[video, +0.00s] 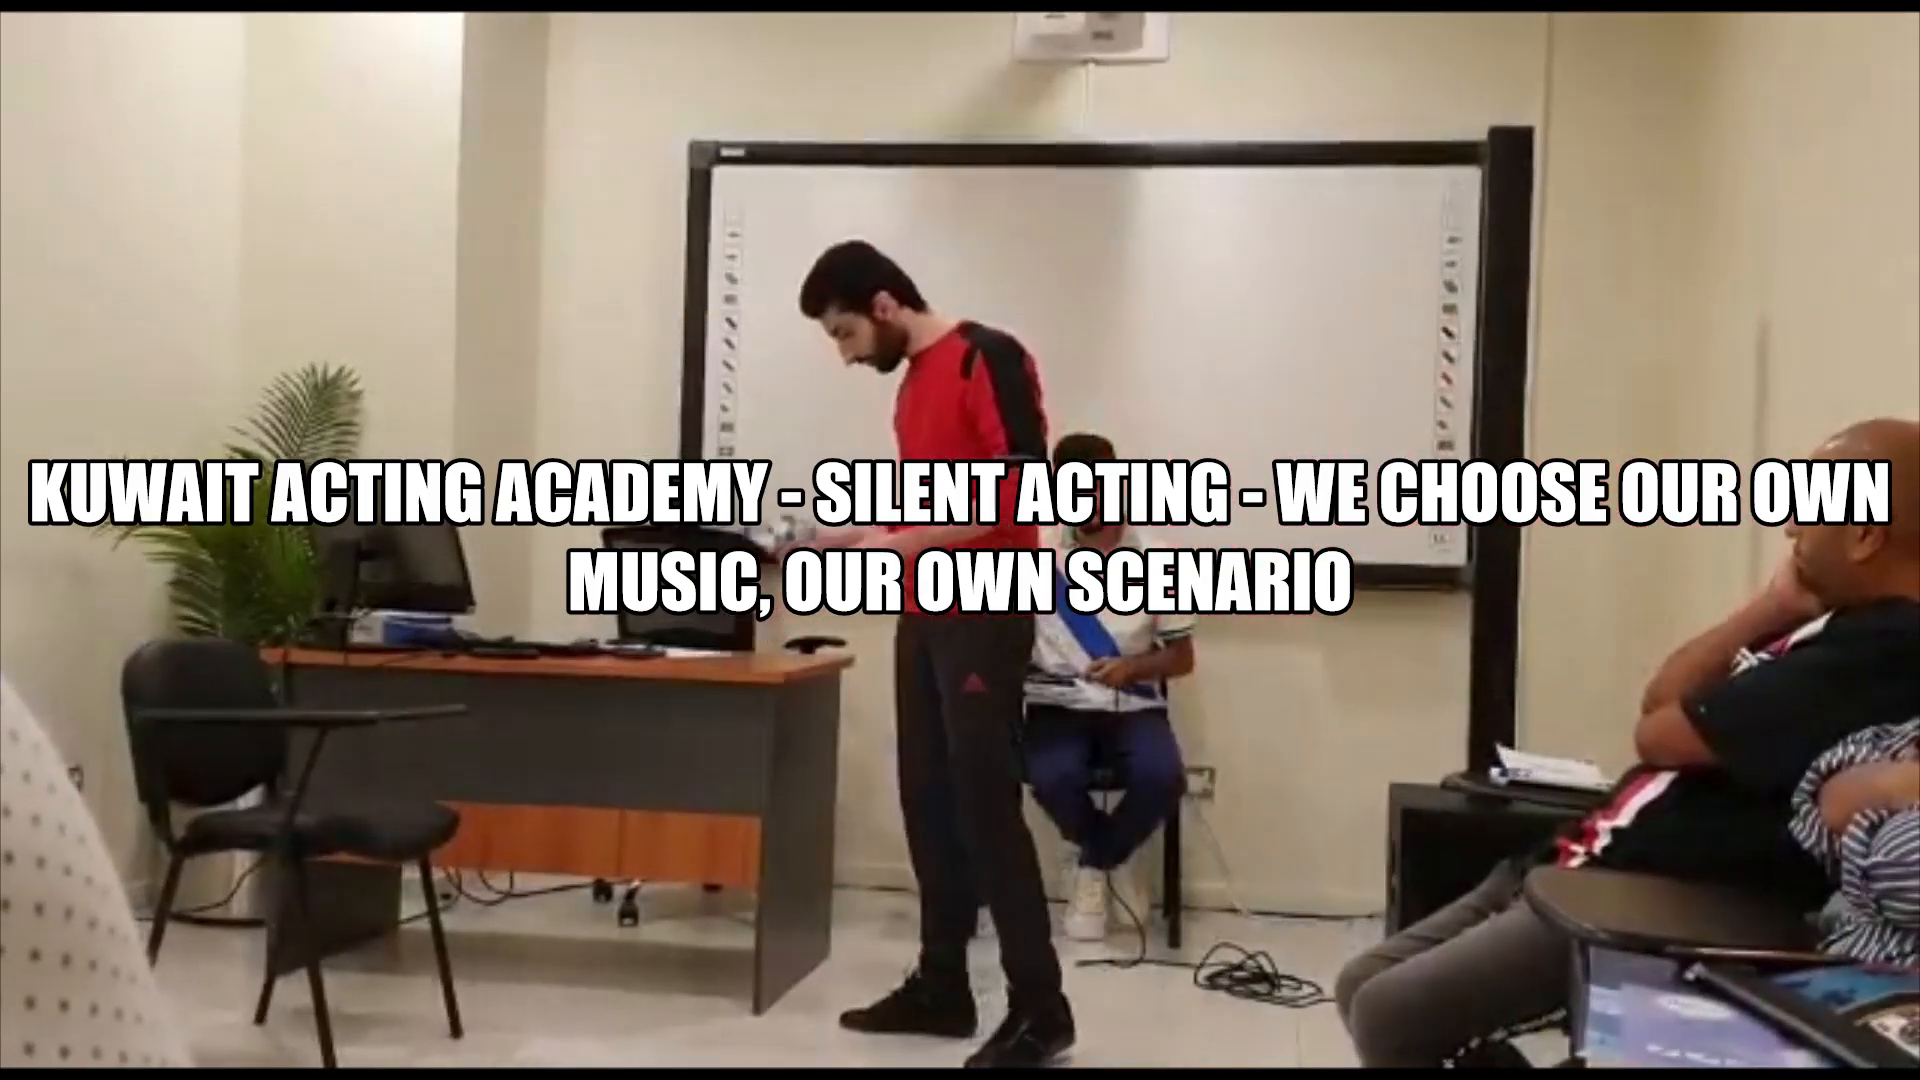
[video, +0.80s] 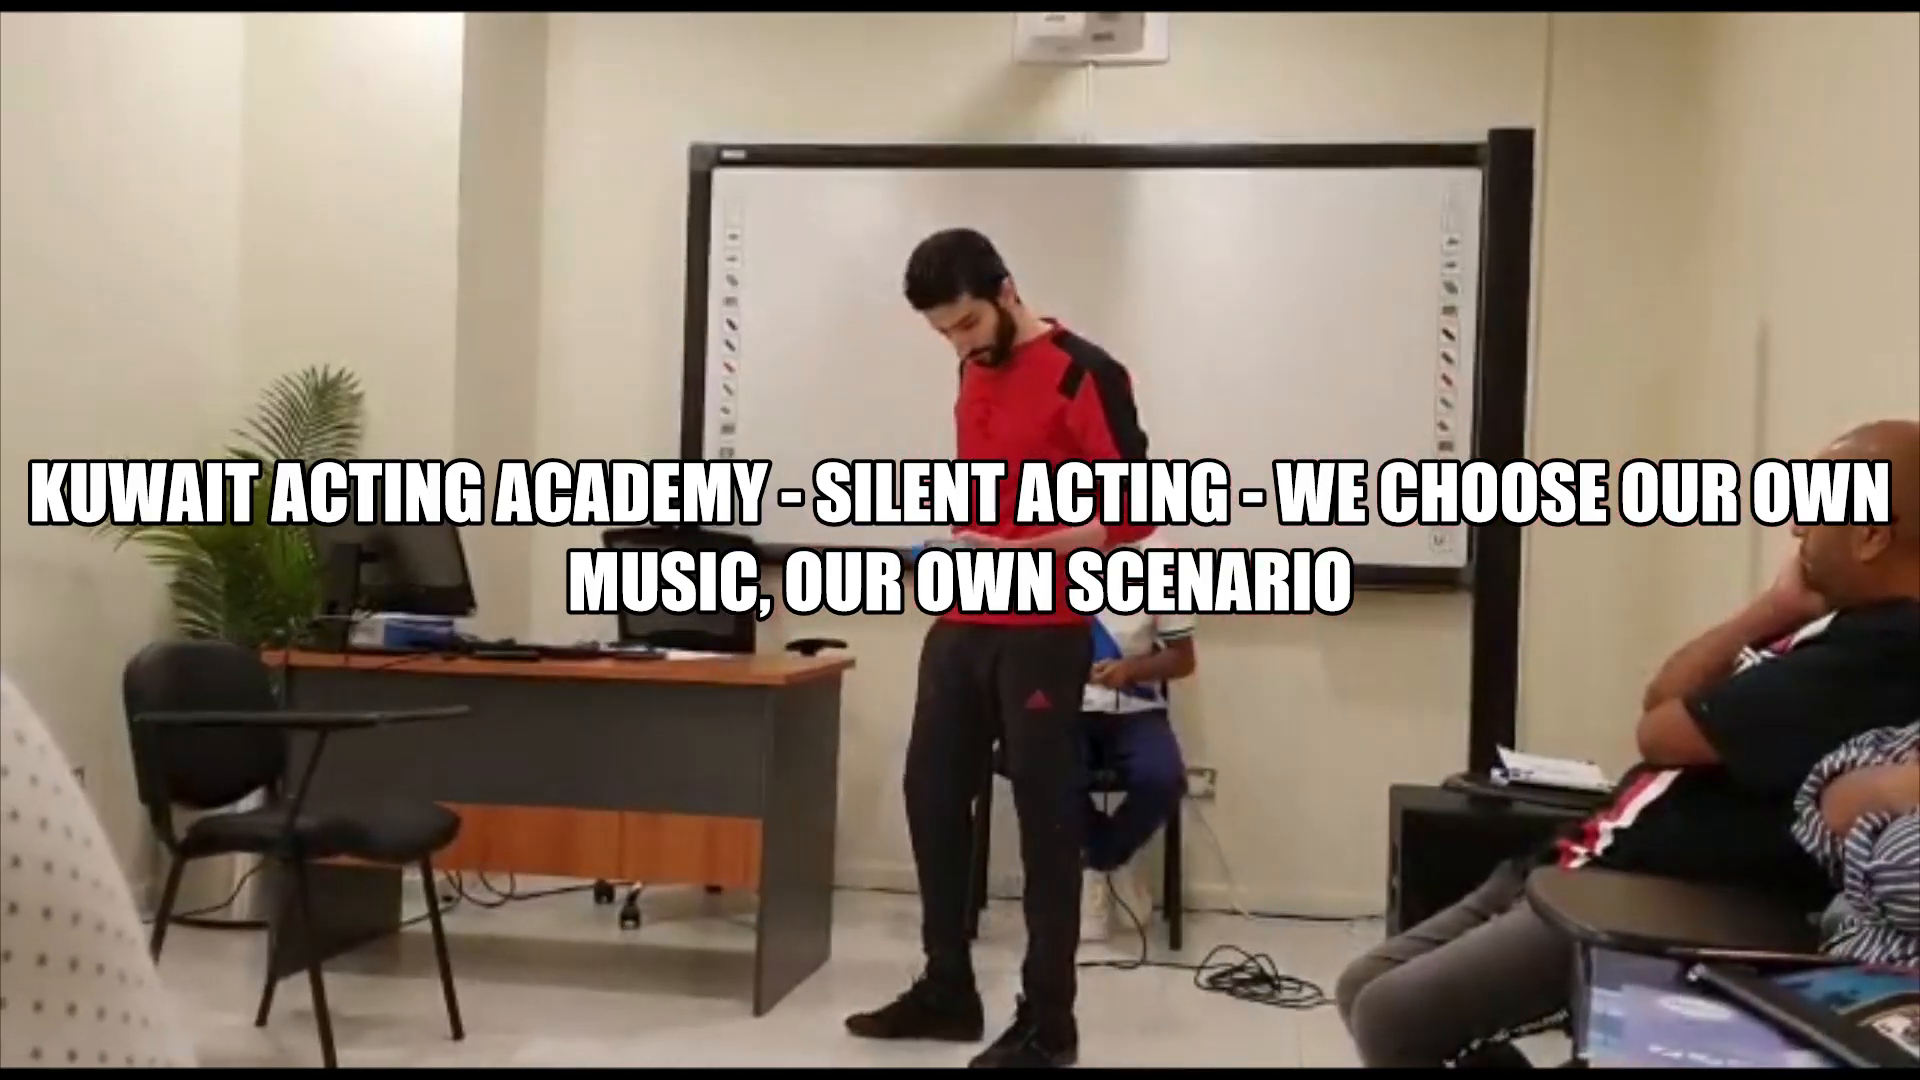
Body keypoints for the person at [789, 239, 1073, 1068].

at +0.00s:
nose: (843, 352)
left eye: (843, 330)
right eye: (833, 336)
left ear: (885, 303)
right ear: (881, 313)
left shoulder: (990, 357)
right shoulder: (914, 389)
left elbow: (1032, 496)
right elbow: (922, 515)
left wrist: (924, 545)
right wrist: (838, 541)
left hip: (984, 618)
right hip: (923, 619)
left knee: (987, 805)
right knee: (927, 798)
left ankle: (1039, 1008)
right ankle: (941, 988)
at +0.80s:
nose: (961, 342)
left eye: (970, 321)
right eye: (946, 330)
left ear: (1006, 292)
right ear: (934, 320)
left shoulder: (1086, 376)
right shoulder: (974, 377)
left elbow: (1135, 515)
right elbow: (983, 501)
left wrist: (1064, 557)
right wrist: (957, 596)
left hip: (1046, 638)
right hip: (962, 632)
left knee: (1048, 826)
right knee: (932, 795)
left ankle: (1046, 1023)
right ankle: (946, 991)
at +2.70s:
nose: (1003, 311)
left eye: (1016, 291)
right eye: (1000, 293)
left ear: (1074, 286)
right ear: (1058, 293)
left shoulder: (1155, 377)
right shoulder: (1064, 384)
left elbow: (1194, 522)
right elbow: (1058, 498)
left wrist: (1060, 562)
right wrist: (990, 536)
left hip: (1110, 648)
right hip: (1036, 638)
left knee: (1108, 837)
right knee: (993, 809)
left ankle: (1178, 1039)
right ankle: (965, 997)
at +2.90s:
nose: (1056, 290)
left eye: (1068, 270)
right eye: (1054, 272)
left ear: (1127, 268)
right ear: (1117, 273)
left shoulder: (1202, 362)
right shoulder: (1125, 366)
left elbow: (1221, 516)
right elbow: (1106, 496)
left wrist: (1091, 551)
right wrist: (1029, 525)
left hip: (1163, 635)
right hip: (1100, 629)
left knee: (1147, 838)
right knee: (1061, 809)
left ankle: (1180, 1040)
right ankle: (1044, 1006)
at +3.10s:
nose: (1107, 285)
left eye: (1120, 265)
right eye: (1106, 267)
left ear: (1179, 263)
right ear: (1171, 269)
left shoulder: (1246, 358)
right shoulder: (1186, 356)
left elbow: (1229, 524)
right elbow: (1148, 498)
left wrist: (1102, 604)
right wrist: (1056, 574)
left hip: (1201, 627)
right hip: (1161, 621)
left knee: (1176, 831)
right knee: (1149, 826)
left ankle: (1197, 1037)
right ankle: (1185, 1020)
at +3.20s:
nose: (1137, 287)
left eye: (1149, 266)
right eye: (1134, 268)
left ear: (1206, 261)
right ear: (1200, 266)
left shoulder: (1268, 357)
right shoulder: (1212, 359)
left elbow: (1241, 521)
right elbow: (1180, 519)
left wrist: (1143, 647)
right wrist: (1106, 602)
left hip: (1226, 636)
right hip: (1192, 632)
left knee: (1192, 835)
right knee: (1211, 827)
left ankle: (1184, 1040)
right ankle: (1286, 1020)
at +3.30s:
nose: (1166, 285)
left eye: (1177, 264)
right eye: (1165, 265)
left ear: (1236, 260)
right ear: (1231, 263)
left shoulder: (1289, 360)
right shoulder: (1249, 356)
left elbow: (1271, 530)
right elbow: (1220, 518)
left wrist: (1204, 669)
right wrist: (1172, 641)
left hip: (1255, 645)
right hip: (1228, 642)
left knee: (1203, 842)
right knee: (1270, 836)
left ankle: (1185, 1043)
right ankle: (1379, 1014)